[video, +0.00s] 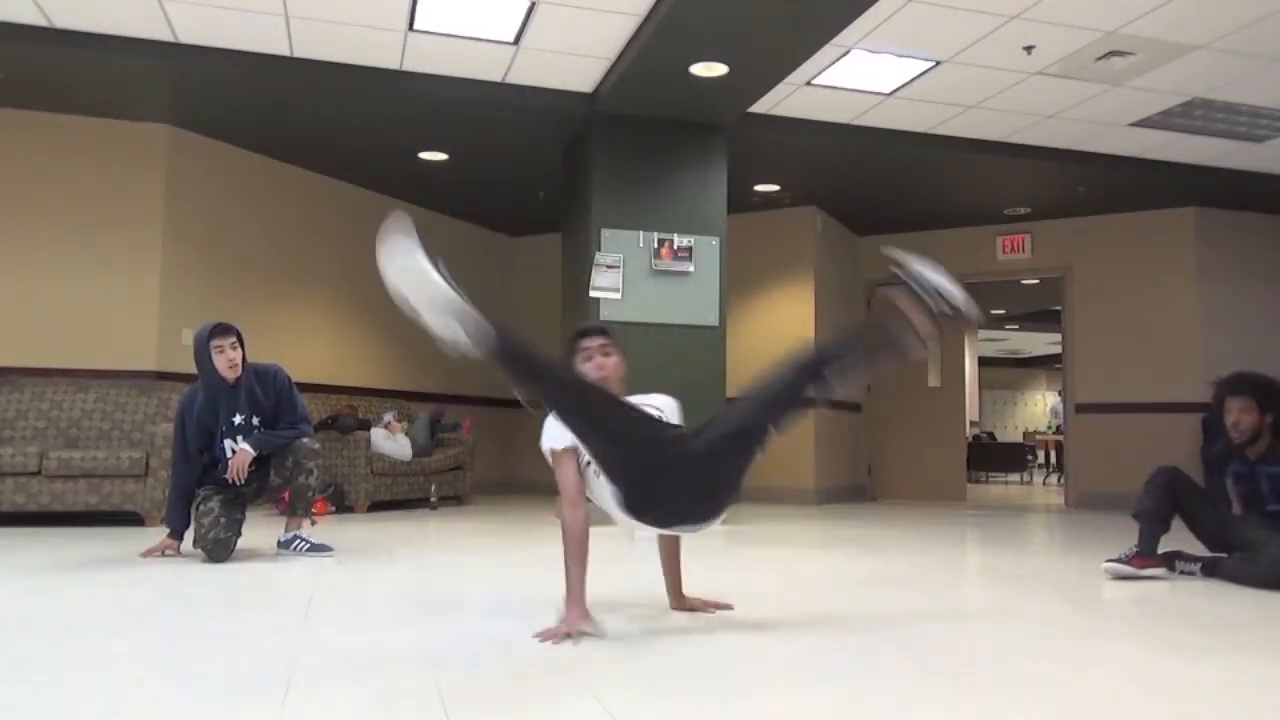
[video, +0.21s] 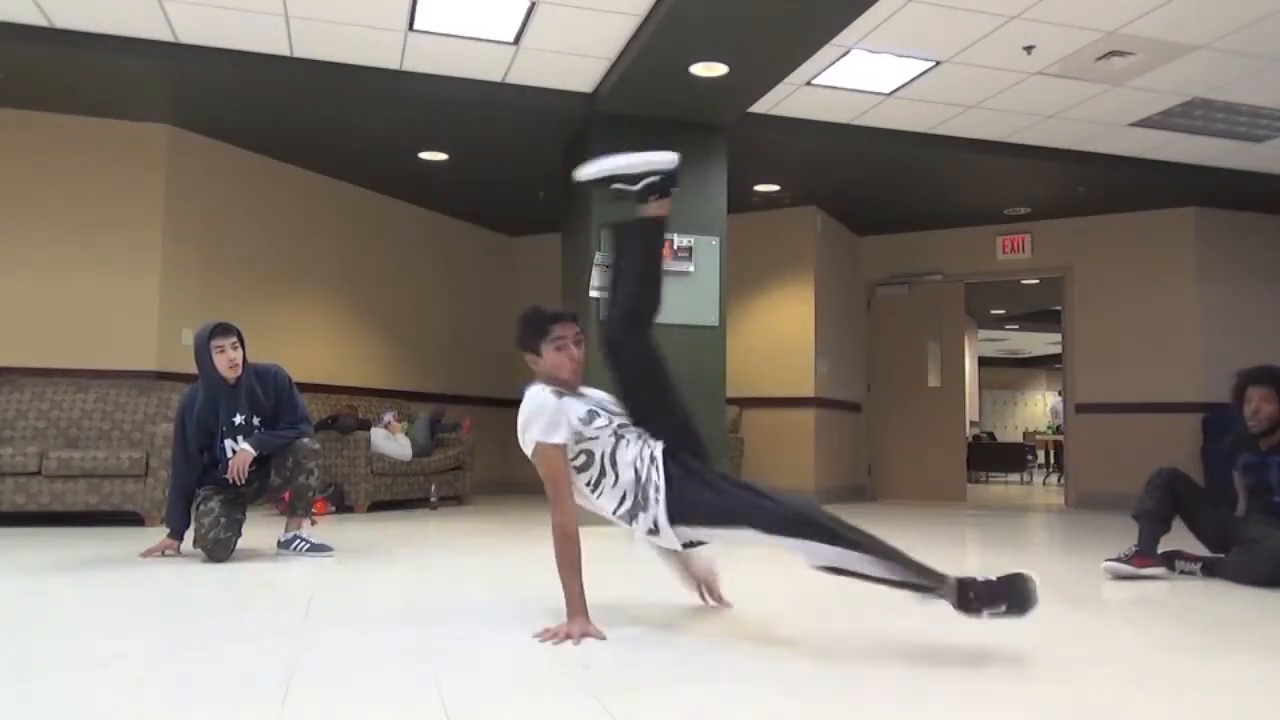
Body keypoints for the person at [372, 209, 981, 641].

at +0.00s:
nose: (594, 361)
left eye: (604, 353)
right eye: (585, 356)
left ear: (624, 366)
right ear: (574, 371)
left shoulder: (657, 407)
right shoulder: (568, 416)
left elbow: (656, 504)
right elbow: (573, 514)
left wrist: (675, 593)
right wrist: (577, 609)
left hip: (705, 486)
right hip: (650, 494)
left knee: (786, 385)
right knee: (552, 381)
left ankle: (900, 330)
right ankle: (473, 327)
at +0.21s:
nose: (576, 354)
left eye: (573, 345)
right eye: (561, 346)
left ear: (575, 352)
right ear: (534, 357)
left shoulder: (585, 399)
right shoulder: (539, 406)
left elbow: (637, 484)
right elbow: (563, 513)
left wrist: (686, 561)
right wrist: (576, 613)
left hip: (676, 461)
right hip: (673, 501)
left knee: (626, 334)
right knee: (803, 524)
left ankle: (651, 206)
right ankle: (960, 593)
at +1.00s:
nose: (663, 341)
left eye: (675, 334)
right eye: (655, 329)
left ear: (685, 346)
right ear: (636, 333)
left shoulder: (684, 412)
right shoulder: (605, 354)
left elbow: (664, 511)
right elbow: (552, 390)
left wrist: (654, 608)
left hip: (635, 536)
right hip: (578, 508)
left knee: (757, 542)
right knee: (552, 402)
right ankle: (519, 411)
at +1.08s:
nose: (606, 339)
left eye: (613, 331)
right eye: (596, 330)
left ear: (624, 343)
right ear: (573, 339)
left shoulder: (644, 403)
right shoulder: (549, 383)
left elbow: (653, 491)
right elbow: (521, 472)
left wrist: (655, 604)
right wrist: (495, 560)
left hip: (668, 517)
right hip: (607, 520)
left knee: (797, 420)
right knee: (590, 481)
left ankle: (910, 511)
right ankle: (704, 610)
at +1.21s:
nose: (558, 357)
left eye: (561, 345)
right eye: (542, 350)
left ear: (570, 351)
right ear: (516, 363)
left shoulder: (603, 404)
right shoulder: (507, 418)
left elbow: (627, 492)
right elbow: (525, 522)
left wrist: (655, 599)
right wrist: (539, 631)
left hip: (673, 495)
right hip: (646, 550)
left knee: (746, 374)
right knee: (720, 590)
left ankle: (898, 372)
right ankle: (867, 642)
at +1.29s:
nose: (562, 377)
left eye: (566, 364)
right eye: (549, 368)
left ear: (569, 357)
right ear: (514, 366)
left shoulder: (590, 398)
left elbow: (612, 488)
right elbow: (509, 528)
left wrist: (674, 590)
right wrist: (537, 630)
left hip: (653, 497)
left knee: (706, 381)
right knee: (782, 610)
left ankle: (857, 392)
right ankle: (887, 574)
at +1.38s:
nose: (571, 382)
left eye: (575, 370)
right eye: (558, 374)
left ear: (578, 359)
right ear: (521, 364)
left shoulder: (584, 387)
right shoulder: (494, 414)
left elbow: (621, 448)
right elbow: (513, 523)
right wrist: (536, 628)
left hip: (641, 488)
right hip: (629, 549)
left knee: (699, 395)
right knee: (773, 593)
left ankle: (840, 462)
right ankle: (828, 601)